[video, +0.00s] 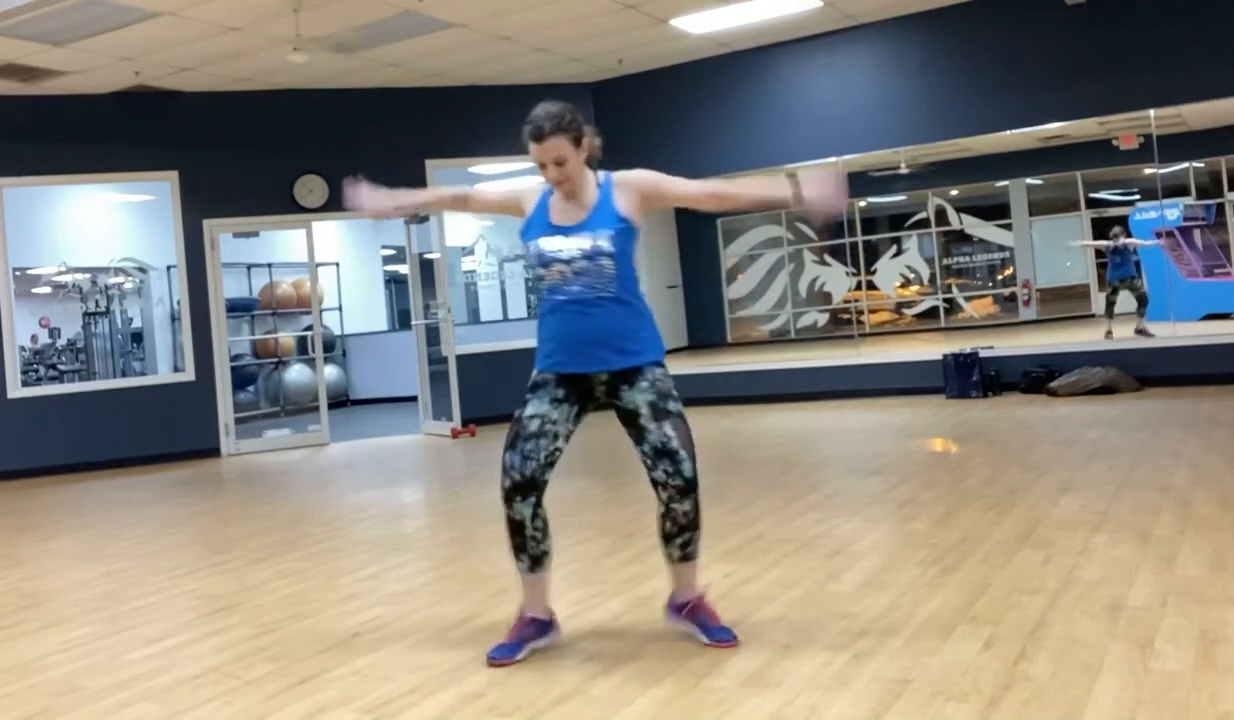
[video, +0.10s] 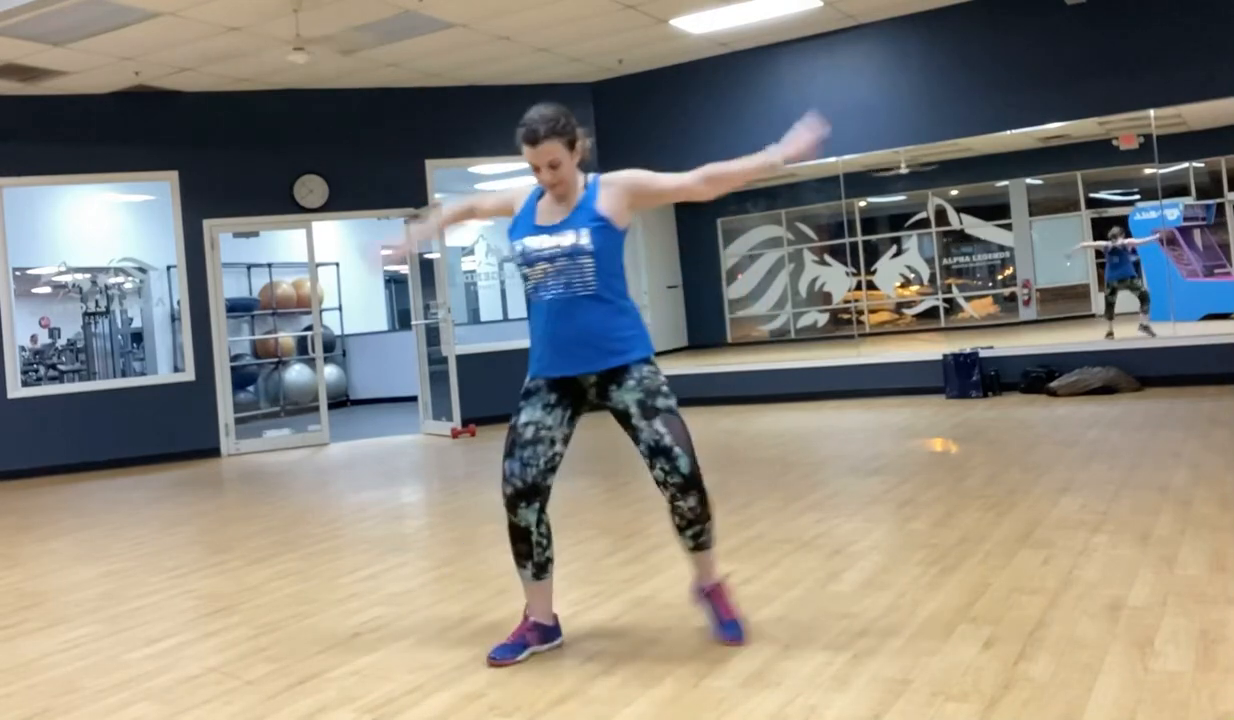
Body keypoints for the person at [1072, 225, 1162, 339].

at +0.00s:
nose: (1120, 238)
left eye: (1118, 236)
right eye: (1122, 235)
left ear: (1112, 236)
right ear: (1124, 235)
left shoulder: (1108, 244)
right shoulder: (1129, 242)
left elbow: (1092, 243)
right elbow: (1145, 243)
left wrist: (1079, 243)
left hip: (1113, 278)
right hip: (1130, 277)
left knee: (1110, 303)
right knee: (1142, 298)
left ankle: (1109, 329)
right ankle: (1140, 326)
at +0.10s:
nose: (1123, 237)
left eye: (1121, 236)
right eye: (1122, 235)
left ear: (1110, 236)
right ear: (1122, 235)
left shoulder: (1106, 245)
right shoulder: (1127, 242)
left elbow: (1085, 244)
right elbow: (1141, 242)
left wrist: (1071, 251)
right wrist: (1155, 237)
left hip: (1111, 279)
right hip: (1128, 277)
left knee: (1109, 303)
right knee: (1144, 296)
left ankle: (1110, 329)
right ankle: (1144, 323)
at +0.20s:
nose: (1121, 239)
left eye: (1121, 238)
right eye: (1121, 238)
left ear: (1109, 239)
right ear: (1120, 238)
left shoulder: (1103, 248)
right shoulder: (1125, 245)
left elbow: (1087, 254)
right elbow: (1140, 244)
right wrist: (1155, 238)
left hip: (1110, 280)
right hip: (1127, 278)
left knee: (1108, 304)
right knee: (1142, 298)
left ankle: (1110, 330)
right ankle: (1151, 321)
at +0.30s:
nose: (1121, 241)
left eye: (1120, 240)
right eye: (1120, 239)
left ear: (1108, 240)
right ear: (1119, 239)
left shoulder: (1103, 250)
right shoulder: (1125, 247)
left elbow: (1092, 259)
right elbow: (1142, 246)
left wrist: (1102, 254)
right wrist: (1159, 243)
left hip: (1111, 282)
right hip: (1127, 279)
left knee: (1108, 306)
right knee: (1141, 301)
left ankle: (1110, 330)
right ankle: (1151, 323)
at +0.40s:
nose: (1120, 241)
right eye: (1120, 239)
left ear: (1108, 240)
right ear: (1118, 239)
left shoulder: (1104, 250)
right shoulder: (1124, 249)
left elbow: (1102, 263)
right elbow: (1141, 252)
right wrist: (1159, 253)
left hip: (1112, 281)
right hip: (1126, 280)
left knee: (1107, 305)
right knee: (1139, 302)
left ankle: (1110, 330)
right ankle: (1151, 323)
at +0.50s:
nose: (1105, 240)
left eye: (1107, 238)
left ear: (1108, 240)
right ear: (1119, 240)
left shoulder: (1106, 250)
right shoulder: (1125, 250)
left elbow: (1105, 263)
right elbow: (1139, 262)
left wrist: (1103, 279)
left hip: (1113, 282)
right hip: (1127, 280)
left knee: (1106, 303)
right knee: (1138, 303)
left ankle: (1110, 329)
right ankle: (1152, 323)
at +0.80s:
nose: (1108, 241)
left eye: (1109, 239)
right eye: (1109, 239)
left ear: (1110, 240)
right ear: (1119, 240)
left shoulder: (1108, 251)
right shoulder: (1123, 251)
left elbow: (1107, 265)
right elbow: (1131, 258)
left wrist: (1105, 280)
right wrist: (1139, 257)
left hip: (1115, 282)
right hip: (1128, 281)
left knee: (1106, 303)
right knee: (1139, 304)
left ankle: (1110, 330)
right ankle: (1152, 324)